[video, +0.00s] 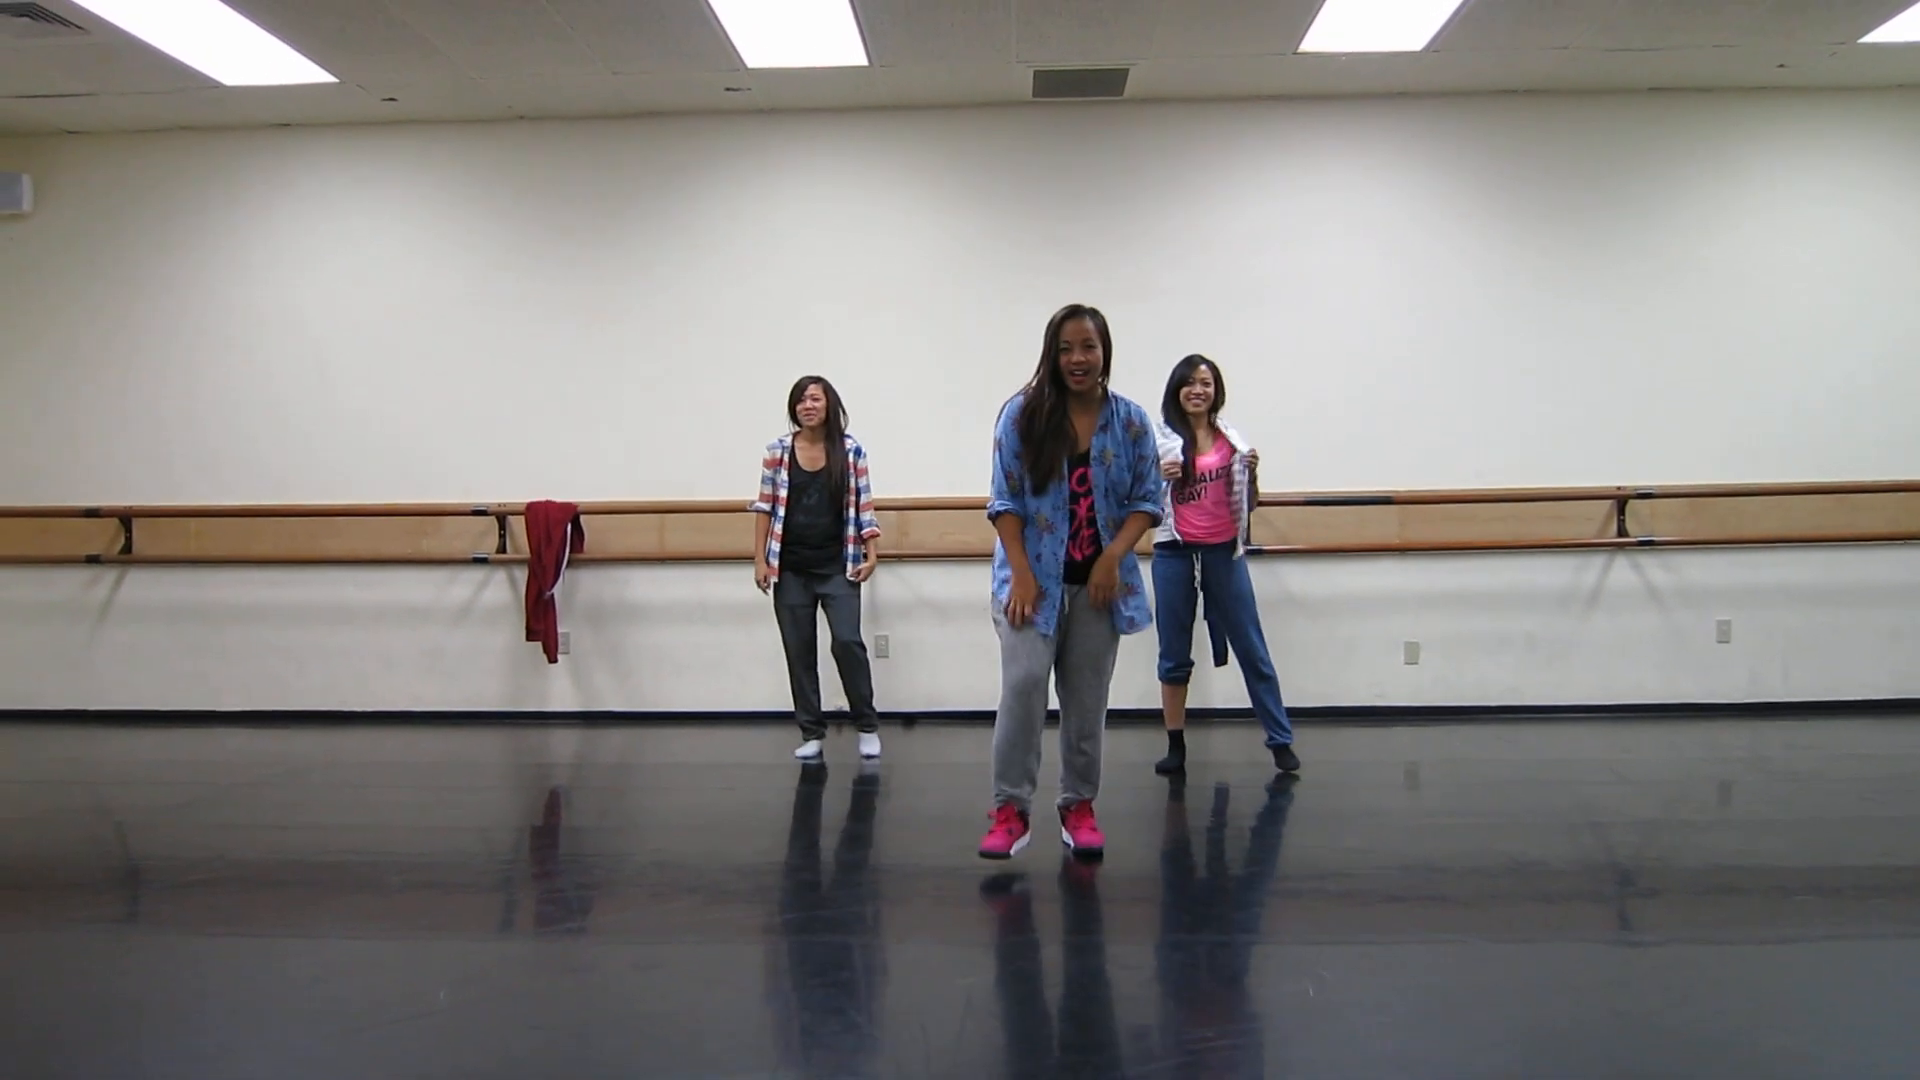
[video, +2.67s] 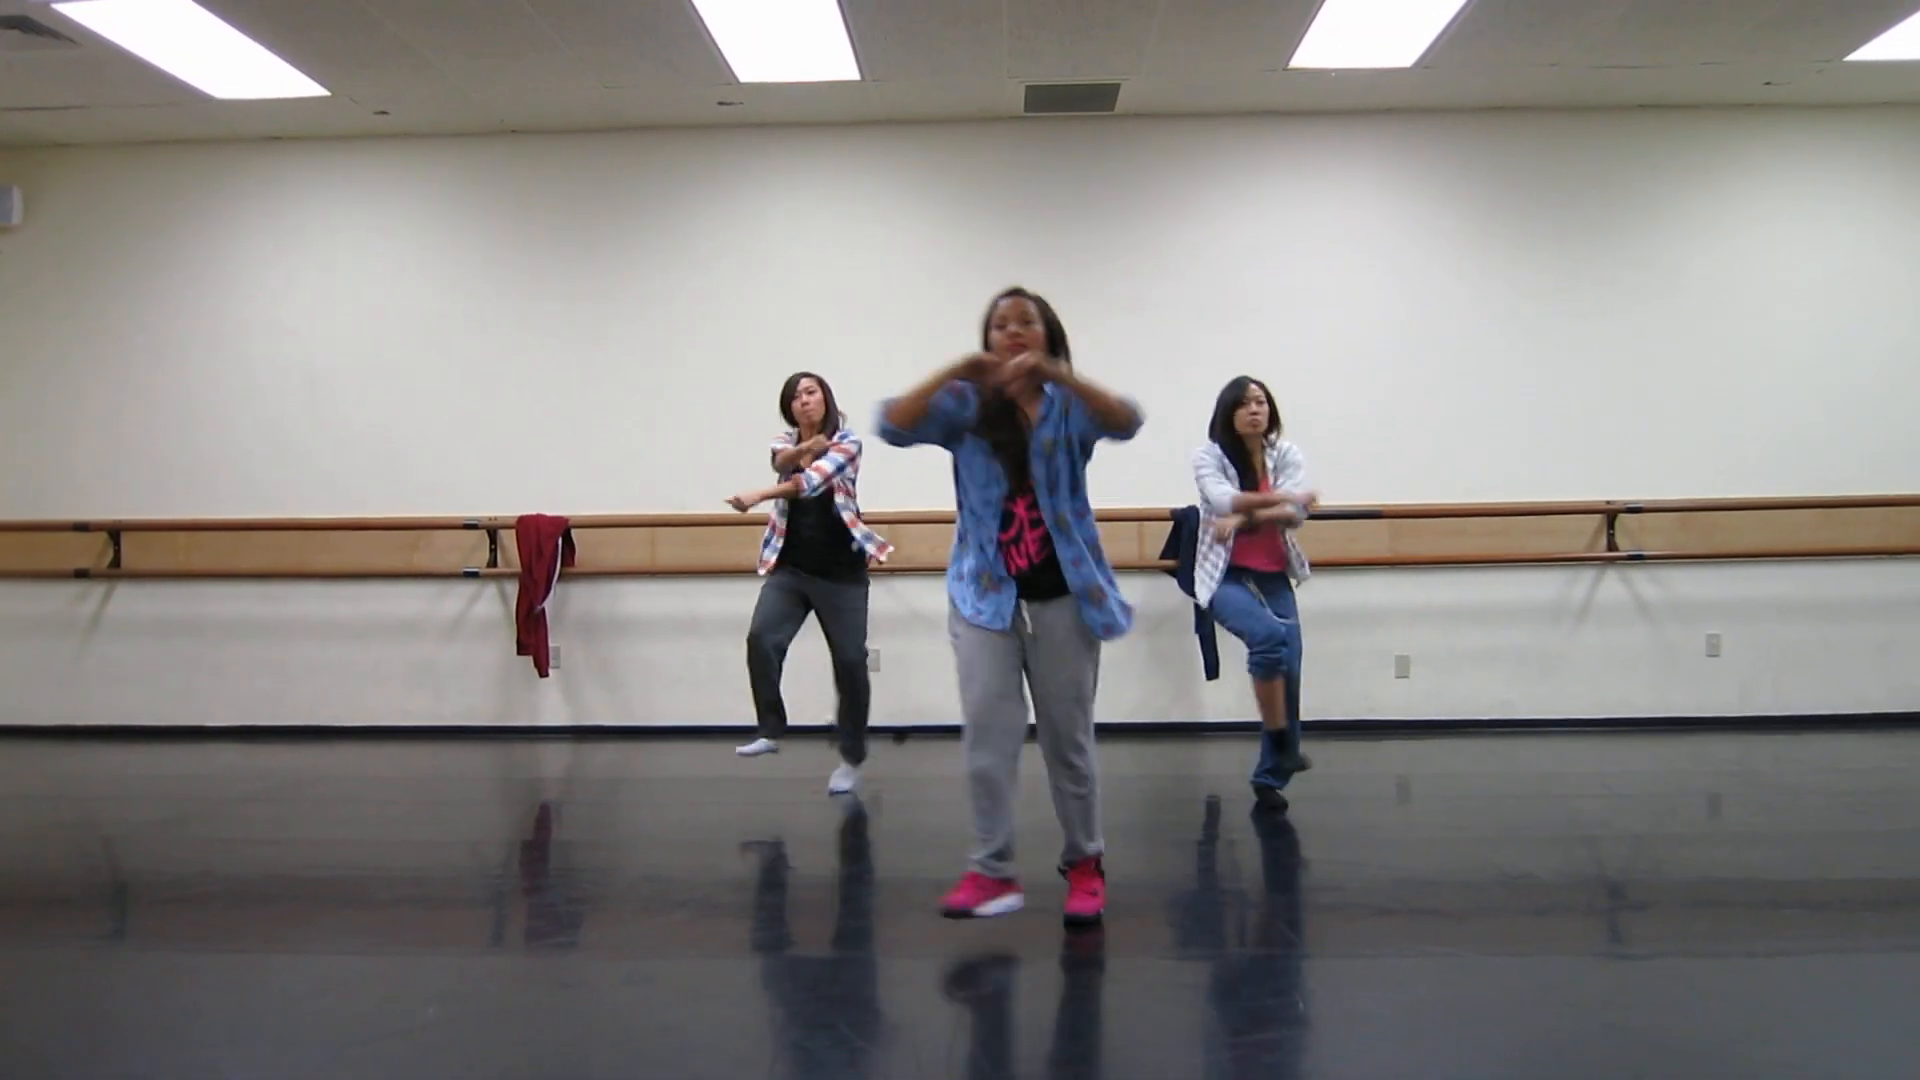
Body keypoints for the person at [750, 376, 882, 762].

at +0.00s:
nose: (809, 404)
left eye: (817, 398)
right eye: (802, 399)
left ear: (830, 405)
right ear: (793, 407)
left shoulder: (850, 450)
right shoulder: (778, 452)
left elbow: (864, 506)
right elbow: (765, 509)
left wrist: (870, 554)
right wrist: (760, 558)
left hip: (840, 569)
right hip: (790, 571)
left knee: (848, 643)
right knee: (800, 654)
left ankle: (867, 728)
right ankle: (811, 734)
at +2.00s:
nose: (828, 409)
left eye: (837, 405)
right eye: (822, 403)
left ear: (849, 415)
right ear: (812, 412)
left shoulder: (867, 461)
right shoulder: (793, 459)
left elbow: (878, 521)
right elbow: (780, 519)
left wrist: (877, 574)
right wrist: (780, 571)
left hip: (852, 582)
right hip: (806, 584)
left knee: (855, 654)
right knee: (814, 669)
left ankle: (856, 723)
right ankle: (829, 745)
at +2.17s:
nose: (827, 411)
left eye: (835, 406)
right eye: (820, 406)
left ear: (848, 418)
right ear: (810, 416)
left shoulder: (866, 462)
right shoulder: (792, 462)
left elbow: (894, 515)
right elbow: (765, 505)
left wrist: (887, 549)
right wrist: (766, 541)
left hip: (851, 588)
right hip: (802, 590)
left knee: (850, 669)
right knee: (813, 674)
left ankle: (850, 760)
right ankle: (829, 750)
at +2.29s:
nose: (823, 416)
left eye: (830, 409)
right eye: (816, 411)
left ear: (845, 419)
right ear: (806, 424)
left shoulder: (866, 463)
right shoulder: (795, 465)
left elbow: (902, 496)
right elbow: (765, 505)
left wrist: (909, 479)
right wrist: (756, 464)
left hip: (854, 589)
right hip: (803, 590)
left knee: (850, 673)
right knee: (806, 679)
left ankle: (847, 766)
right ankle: (832, 721)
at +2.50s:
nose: (818, 422)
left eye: (824, 414)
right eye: (810, 419)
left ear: (840, 422)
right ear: (803, 433)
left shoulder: (861, 469)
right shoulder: (791, 471)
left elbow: (894, 503)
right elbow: (746, 479)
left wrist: (909, 484)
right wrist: (698, 475)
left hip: (850, 596)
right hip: (800, 593)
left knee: (849, 681)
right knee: (798, 670)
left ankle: (846, 768)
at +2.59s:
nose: (813, 415)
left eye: (820, 408)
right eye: (805, 412)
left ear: (835, 415)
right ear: (798, 425)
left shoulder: (855, 459)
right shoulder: (793, 461)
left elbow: (839, 492)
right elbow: (775, 473)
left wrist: (802, 505)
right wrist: (778, 475)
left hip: (843, 590)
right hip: (795, 585)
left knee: (847, 684)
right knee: (779, 654)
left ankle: (844, 766)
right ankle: (770, 737)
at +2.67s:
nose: (806, 399)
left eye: (812, 392)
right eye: (797, 396)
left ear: (828, 399)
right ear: (790, 409)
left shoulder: (848, 443)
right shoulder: (785, 443)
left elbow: (811, 481)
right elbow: (780, 463)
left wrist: (760, 495)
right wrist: (803, 451)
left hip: (842, 577)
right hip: (791, 571)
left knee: (850, 662)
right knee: (762, 640)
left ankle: (852, 759)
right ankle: (771, 731)